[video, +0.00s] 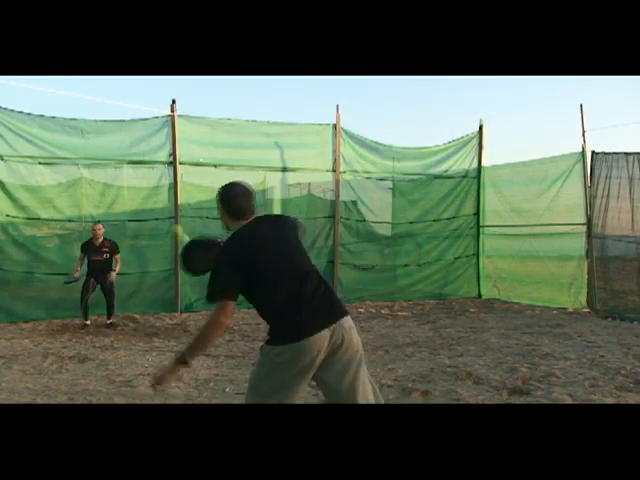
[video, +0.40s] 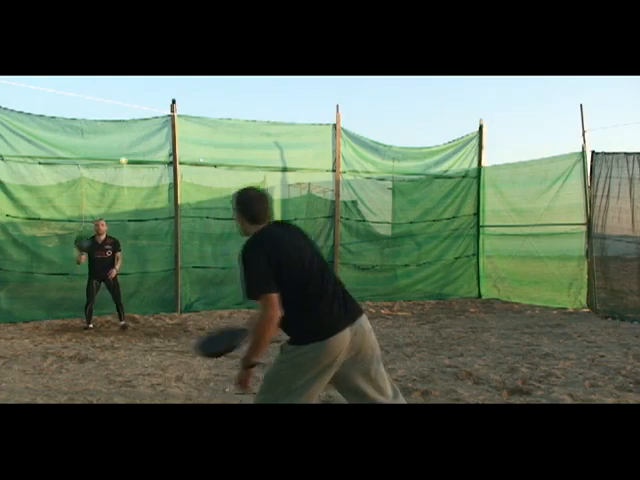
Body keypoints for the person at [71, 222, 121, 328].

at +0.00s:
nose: (97, 232)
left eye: (99, 229)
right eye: (94, 230)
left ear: (103, 230)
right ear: (92, 231)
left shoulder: (111, 245)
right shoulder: (86, 245)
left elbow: (118, 260)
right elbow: (81, 258)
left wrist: (115, 271)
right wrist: (77, 270)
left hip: (106, 275)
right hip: (92, 275)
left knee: (110, 298)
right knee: (84, 297)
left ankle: (109, 320)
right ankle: (86, 321)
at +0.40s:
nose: (100, 228)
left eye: (102, 225)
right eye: (97, 225)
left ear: (106, 227)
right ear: (94, 228)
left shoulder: (113, 242)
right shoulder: (89, 242)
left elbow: (118, 258)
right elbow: (80, 258)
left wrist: (115, 269)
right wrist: (80, 258)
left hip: (109, 274)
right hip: (94, 275)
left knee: (117, 299)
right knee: (90, 300)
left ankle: (122, 320)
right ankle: (89, 323)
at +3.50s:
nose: (126, 231)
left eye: (128, 229)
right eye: (124, 228)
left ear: (130, 231)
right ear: (120, 230)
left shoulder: (129, 246)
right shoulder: (111, 240)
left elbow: (127, 262)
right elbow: (109, 242)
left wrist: (132, 274)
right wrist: (122, 239)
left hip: (117, 274)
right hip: (103, 272)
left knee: (123, 298)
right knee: (93, 296)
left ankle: (125, 322)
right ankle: (86, 320)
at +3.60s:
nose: (126, 229)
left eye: (128, 227)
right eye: (124, 226)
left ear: (131, 229)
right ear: (120, 228)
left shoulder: (130, 243)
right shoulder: (112, 239)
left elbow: (129, 259)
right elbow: (107, 246)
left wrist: (133, 272)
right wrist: (122, 245)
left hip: (118, 274)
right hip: (104, 272)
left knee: (123, 297)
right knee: (94, 295)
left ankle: (125, 322)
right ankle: (86, 320)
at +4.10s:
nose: (102, 230)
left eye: (105, 228)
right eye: (100, 228)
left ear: (107, 230)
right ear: (96, 229)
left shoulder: (111, 245)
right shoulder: (87, 244)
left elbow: (114, 259)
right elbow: (80, 260)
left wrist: (114, 266)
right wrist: (89, 268)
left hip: (105, 274)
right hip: (90, 274)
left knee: (116, 298)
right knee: (81, 298)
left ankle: (123, 322)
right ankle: (78, 323)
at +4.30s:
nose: (98, 229)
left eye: (100, 227)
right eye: (95, 227)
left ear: (103, 229)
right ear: (92, 228)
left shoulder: (108, 244)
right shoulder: (83, 243)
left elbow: (110, 257)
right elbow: (75, 259)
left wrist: (112, 265)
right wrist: (84, 263)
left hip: (102, 275)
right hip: (88, 275)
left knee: (112, 298)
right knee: (80, 298)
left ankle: (118, 321)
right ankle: (78, 322)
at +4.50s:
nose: (98, 232)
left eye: (100, 230)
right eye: (96, 229)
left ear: (103, 231)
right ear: (93, 231)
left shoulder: (109, 246)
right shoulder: (86, 245)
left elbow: (113, 259)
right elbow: (78, 260)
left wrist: (114, 268)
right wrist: (82, 252)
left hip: (105, 277)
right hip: (90, 277)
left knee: (116, 298)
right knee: (81, 298)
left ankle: (119, 322)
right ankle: (78, 322)